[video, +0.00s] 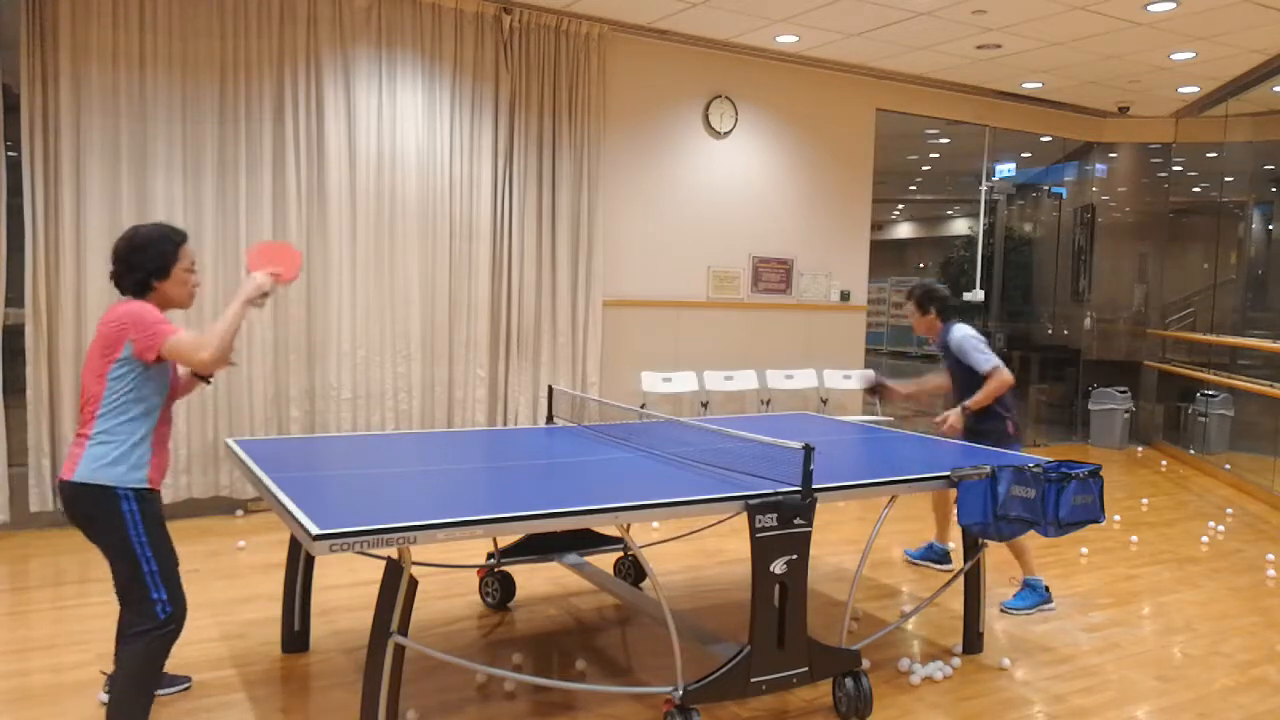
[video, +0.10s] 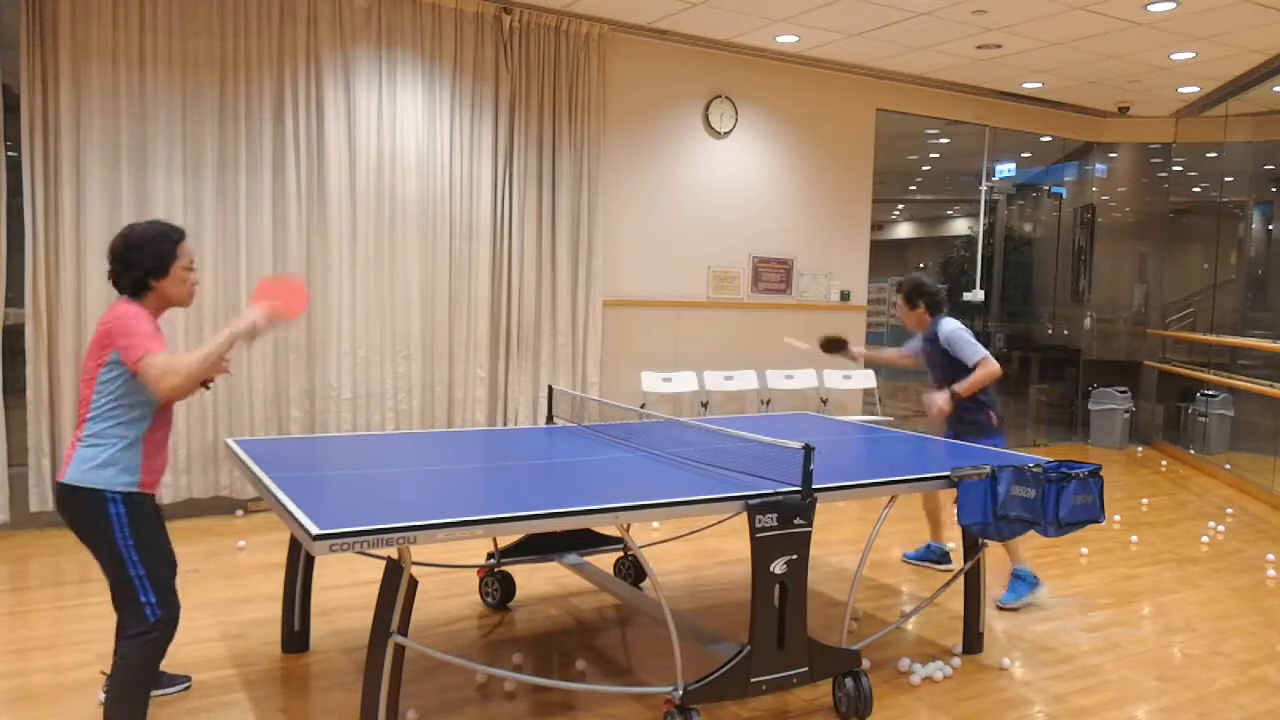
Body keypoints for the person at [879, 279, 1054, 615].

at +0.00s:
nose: (911, 323)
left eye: (913, 316)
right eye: (910, 316)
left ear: (932, 314)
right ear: (931, 313)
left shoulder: (961, 336)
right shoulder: (946, 340)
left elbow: (1003, 377)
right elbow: (952, 380)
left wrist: (963, 409)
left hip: (996, 437)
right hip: (971, 434)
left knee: (998, 510)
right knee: (939, 477)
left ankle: (1035, 585)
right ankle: (941, 547)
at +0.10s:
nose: (898, 313)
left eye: (901, 306)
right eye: (897, 306)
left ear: (920, 307)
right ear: (920, 308)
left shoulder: (949, 331)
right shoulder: (925, 337)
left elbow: (990, 368)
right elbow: (903, 356)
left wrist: (951, 394)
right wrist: (863, 354)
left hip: (982, 434)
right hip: (956, 432)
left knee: (993, 501)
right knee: (928, 482)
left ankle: (1023, 573)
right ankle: (938, 547)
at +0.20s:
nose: (894, 300)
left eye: (900, 293)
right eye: (894, 293)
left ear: (921, 294)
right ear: (915, 295)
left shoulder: (948, 321)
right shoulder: (909, 326)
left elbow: (986, 362)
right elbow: (878, 346)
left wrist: (943, 378)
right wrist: (842, 339)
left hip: (967, 424)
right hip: (936, 422)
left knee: (959, 491)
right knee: (915, 479)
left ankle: (983, 558)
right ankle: (935, 541)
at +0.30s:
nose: (895, 297)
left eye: (901, 290)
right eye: (894, 290)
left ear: (922, 293)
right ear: (900, 294)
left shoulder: (945, 322)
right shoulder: (901, 325)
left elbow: (978, 367)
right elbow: (868, 350)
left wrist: (936, 378)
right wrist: (835, 339)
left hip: (949, 422)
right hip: (918, 419)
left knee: (940, 484)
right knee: (894, 472)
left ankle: (957, 550)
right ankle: (911, 531)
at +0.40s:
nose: (889, 308)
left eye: (896, 302)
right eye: (886, 302)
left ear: (916, 305)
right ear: (884, 303)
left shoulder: (939, 336)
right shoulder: (888, 336)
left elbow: (966, 383)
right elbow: (858, 367)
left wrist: (926, 390)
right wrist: (830, 361)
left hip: (938, 427)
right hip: (905, 424)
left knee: (930, 484)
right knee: (877, 472)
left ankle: (957, 551)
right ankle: (883, 533)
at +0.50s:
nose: (885, 312)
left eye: (892, 306)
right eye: (882, 306)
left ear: (912, 310)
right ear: (879, 308)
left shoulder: (936, 340)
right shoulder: (882, 340)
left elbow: (962, 386)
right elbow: (865, 376)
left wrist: (924, 400)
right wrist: (839, 380)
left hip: (937, 427)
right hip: (901, 425)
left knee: (937, 488)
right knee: (876, 473)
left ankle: (959, 551)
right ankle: (884, 532)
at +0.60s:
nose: (888, 308)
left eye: (895, 301)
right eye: (885, 302)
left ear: (915, 305)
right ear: (883, 304)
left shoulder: (940, 336)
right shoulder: (884, 337)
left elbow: (970, 378)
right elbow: (873, 373)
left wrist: (937, 396)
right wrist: (863, 383)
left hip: (940, 426)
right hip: (903, 424)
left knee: (946, 488)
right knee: (877, 472)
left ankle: (971, 553)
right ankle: (884, 532)